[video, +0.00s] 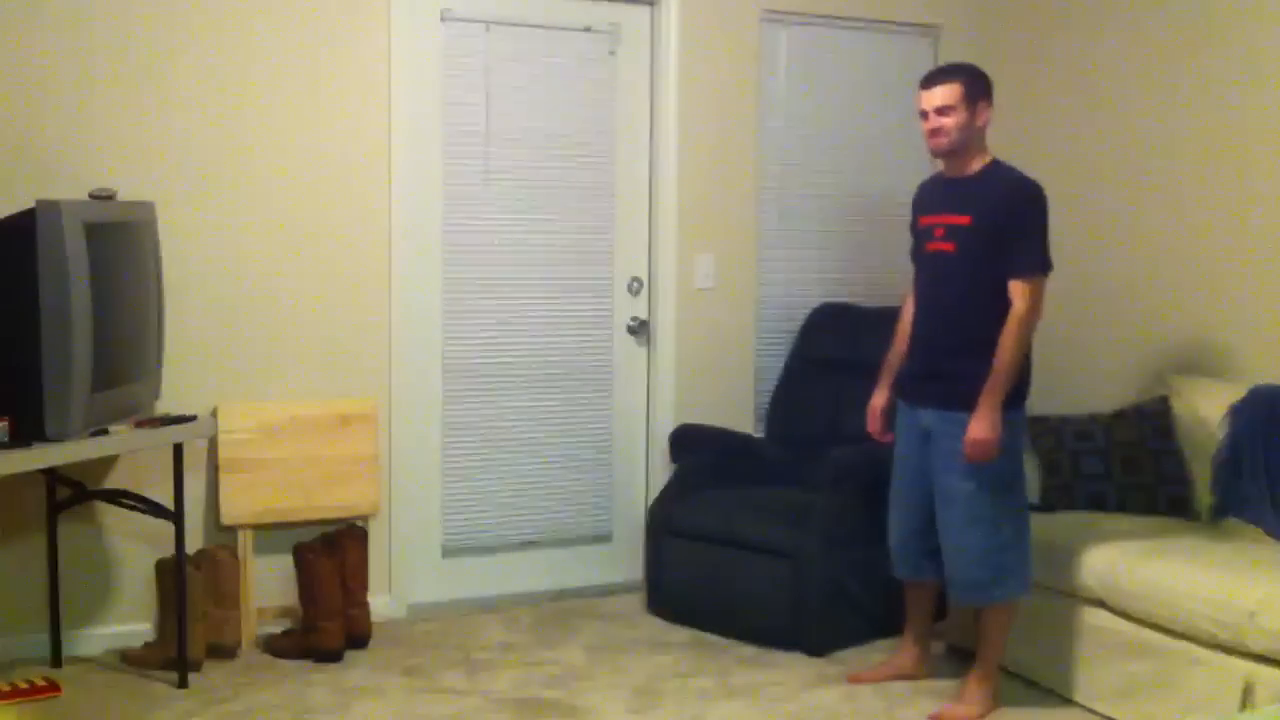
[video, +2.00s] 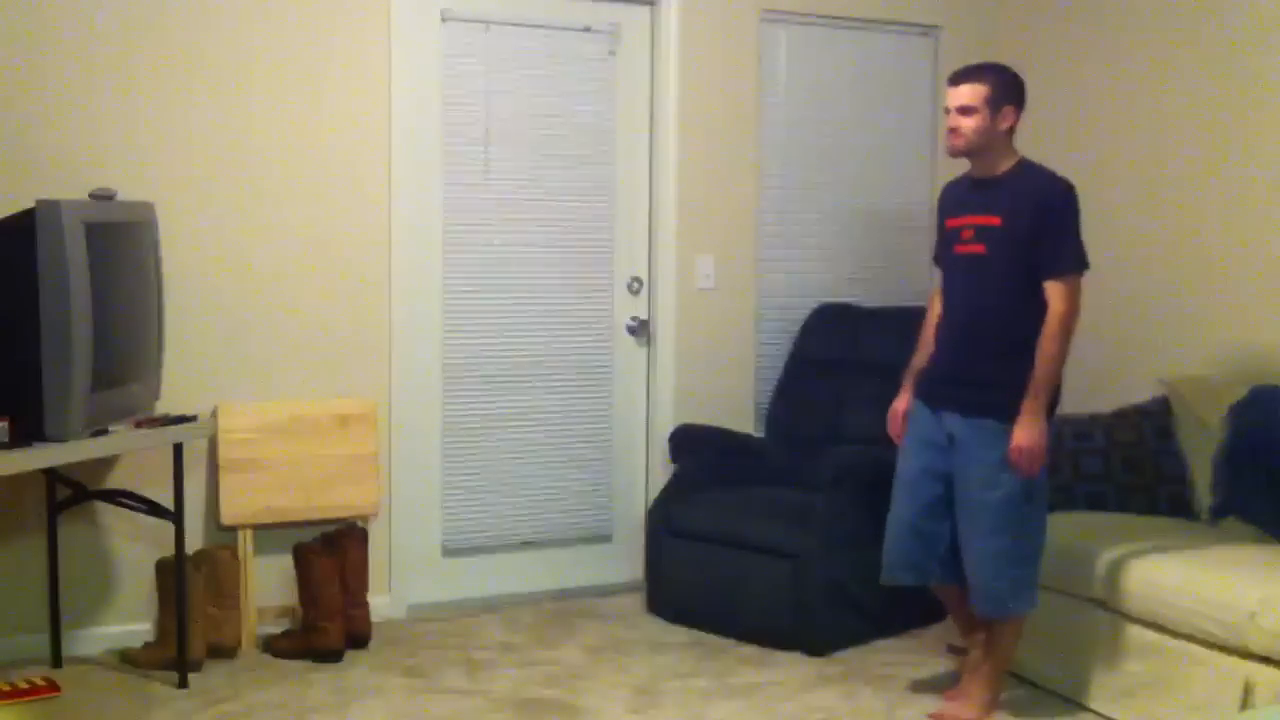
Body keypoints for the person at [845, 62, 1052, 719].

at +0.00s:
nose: (933, 125)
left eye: (945, 112)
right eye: (925, 115)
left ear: (982, 114)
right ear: (921, 123)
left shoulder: (1016, 194)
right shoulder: (927, 196)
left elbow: (1024, 308)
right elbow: (916, 299)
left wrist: (990, 406)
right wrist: (885, 384)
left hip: (980, 410)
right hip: (919, 402)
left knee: (989, 548)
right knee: (915, 534)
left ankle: (984, 679)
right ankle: (913, 652)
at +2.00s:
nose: (952, 123)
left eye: (966, 112)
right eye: (949, 112)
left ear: (1007, 117)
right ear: (952, 120)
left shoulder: (1048, 194)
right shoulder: (953, 198)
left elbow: (1062, 309)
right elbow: (943, 299)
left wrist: (1034, 413)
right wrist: (909, 388)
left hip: (1002, 418)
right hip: (934, 408)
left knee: (998, 562)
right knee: (923, 539)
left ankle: (986, 690)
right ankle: (975, 646)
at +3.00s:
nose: (942, 124)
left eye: (955, 112)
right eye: (938, 114)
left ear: (995, 115)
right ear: (941, 121)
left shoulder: (1040, 193)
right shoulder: (944, 200)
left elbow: (1055, 308)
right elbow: (938, 301)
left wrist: (1028, 410)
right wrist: (907, 391)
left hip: (998, 416)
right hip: (932, 408)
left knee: (997, 561)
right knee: (922, 540)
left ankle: (984, 688)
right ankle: (972, 636)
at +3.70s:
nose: (965, 117)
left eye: (979, 107)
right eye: (957, 108)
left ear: (1011, 116)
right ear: (948, 120)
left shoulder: (1043, 193)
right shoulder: (948, 201)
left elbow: (1053, 309)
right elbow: (938, 306)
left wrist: (1023, 411)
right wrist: (908, 397)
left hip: (997, 418)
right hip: (933, 411)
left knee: (997, 562)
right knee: (935, 544)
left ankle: (986, 689)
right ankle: (980, 646)